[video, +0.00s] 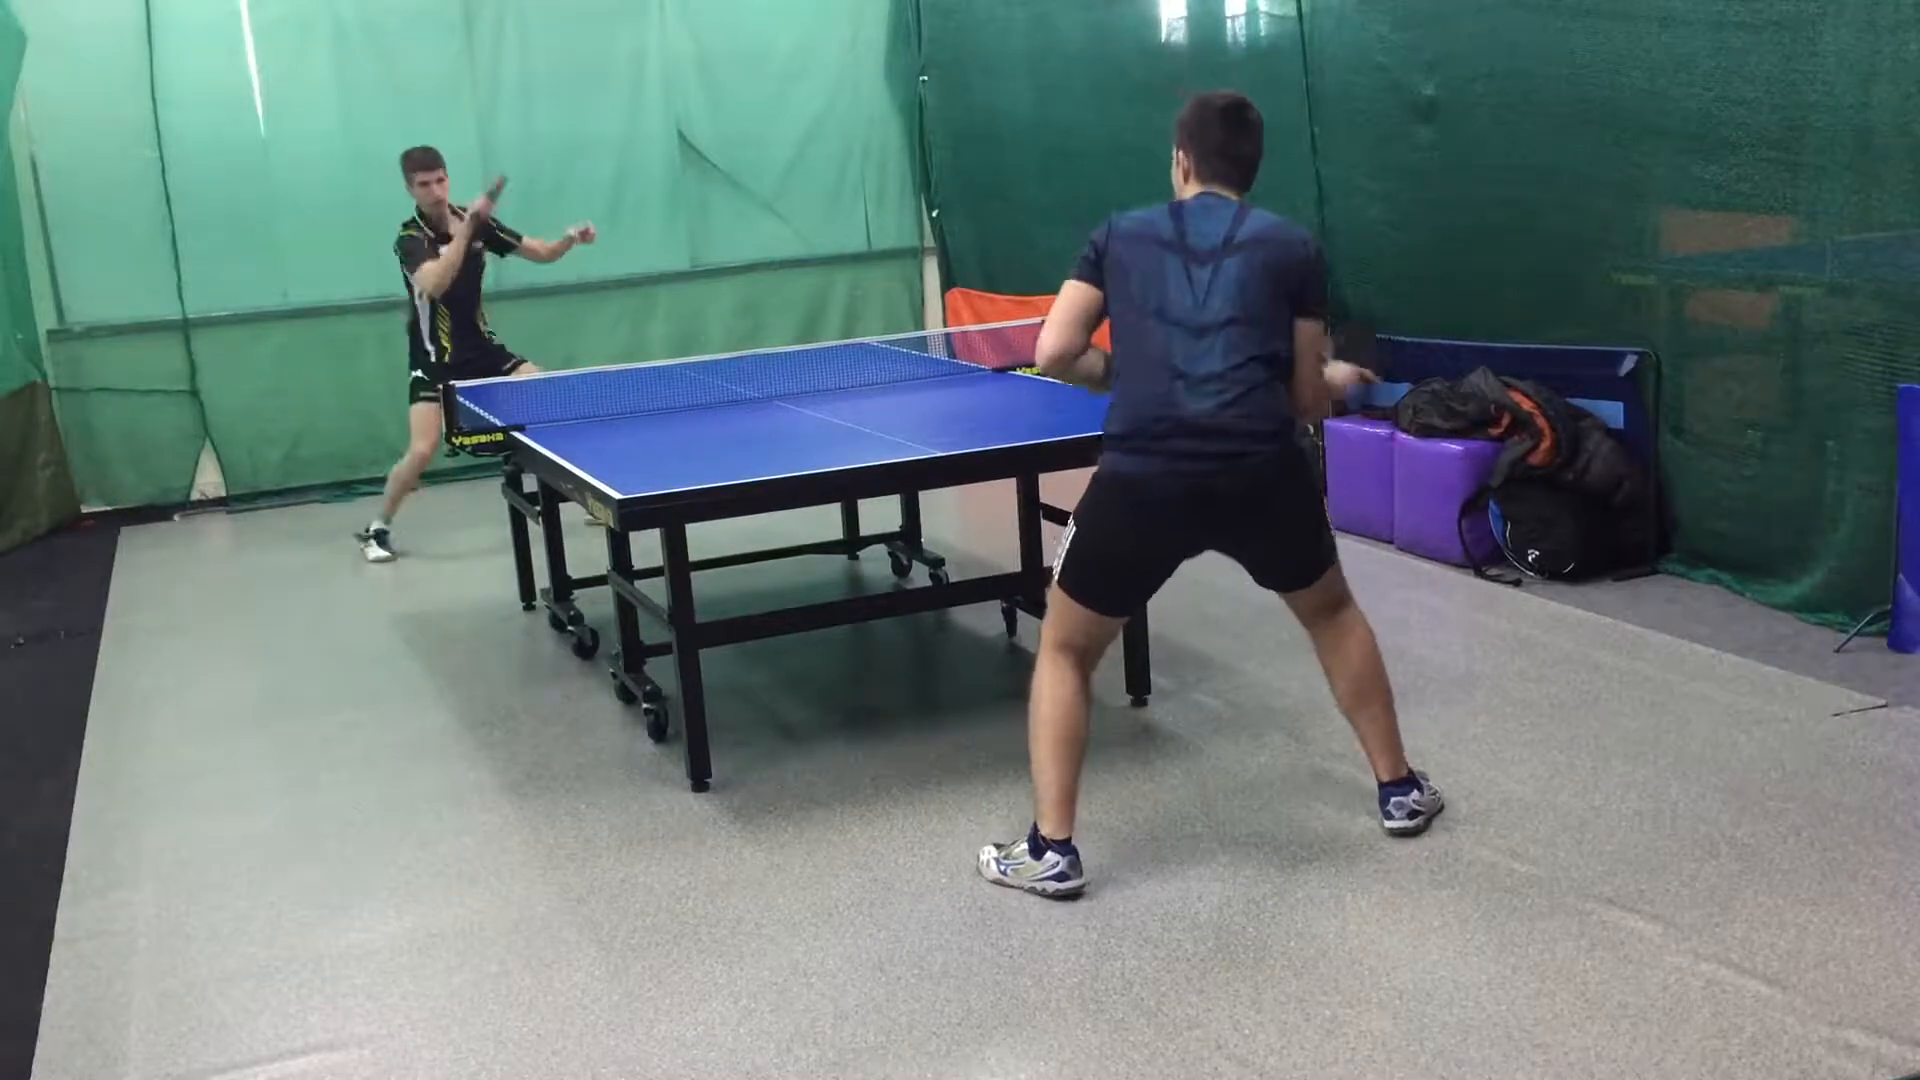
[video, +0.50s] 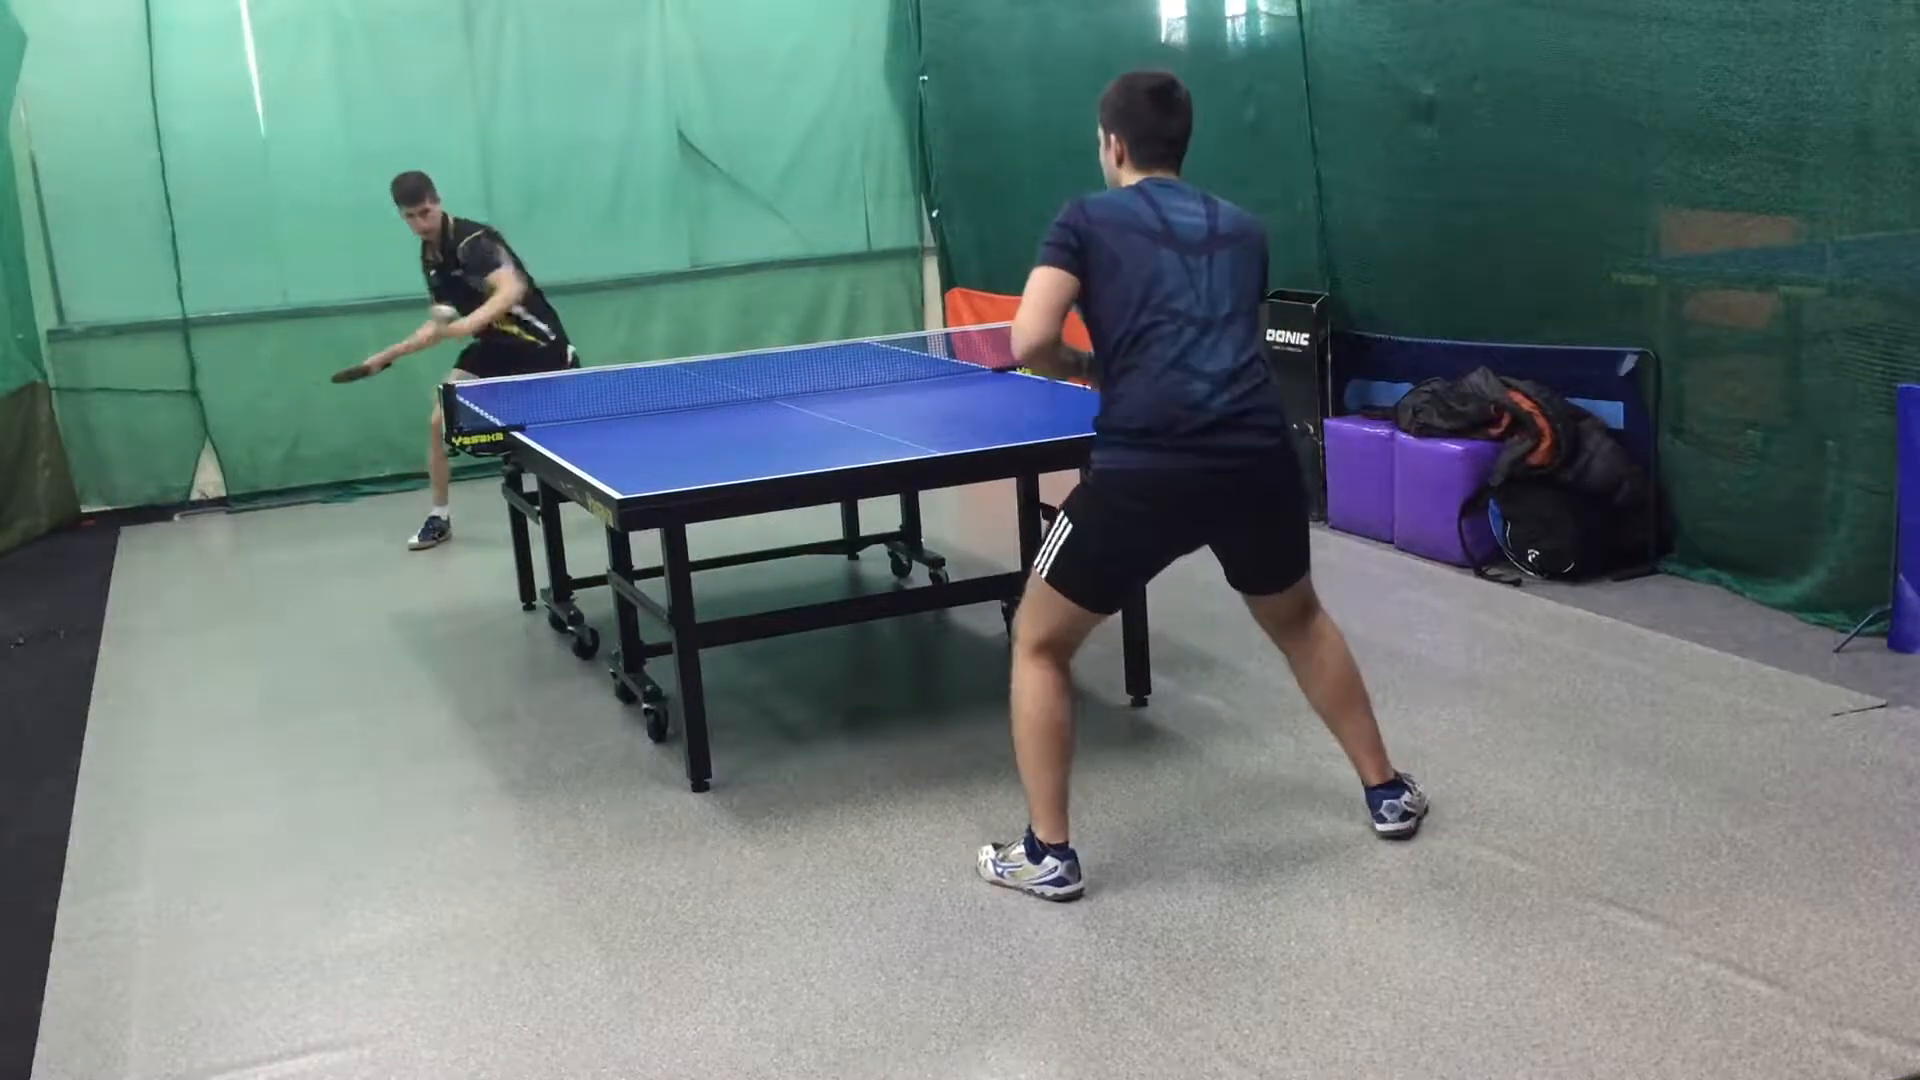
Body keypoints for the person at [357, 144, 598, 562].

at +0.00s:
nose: (436, 190)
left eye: (439, 181)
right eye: (425, 185)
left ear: (448, 179)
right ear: (410, 189)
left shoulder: (474, 221)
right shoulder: (411, 237)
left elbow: (539, 252)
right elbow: (433, 284)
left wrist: (569, 241)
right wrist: (469, 225)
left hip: (480, 348)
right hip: (434, 361)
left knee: (552, 394)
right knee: (423, 451)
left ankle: (592, 493)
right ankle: (380, 526)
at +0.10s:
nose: (437, 189)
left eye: (441, 179)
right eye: (427, 183)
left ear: (448, 175)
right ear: (410, 184)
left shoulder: (482, 217)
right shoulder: (405, 239)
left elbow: (532, 252)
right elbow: (408, 300)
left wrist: (569, 269)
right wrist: (446, 269)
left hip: (495, 338)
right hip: (440, 351)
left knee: (559, 397)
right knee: (418, 431)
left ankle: (592, 491)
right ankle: (384, 526)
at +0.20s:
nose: (425, 192)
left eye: (429, 181)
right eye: (414, 185)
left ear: (436, 177)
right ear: (399, 188)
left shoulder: (471, 216)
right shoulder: (395, 241)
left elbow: (523, 266)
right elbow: (394, 314)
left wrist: (533, 300)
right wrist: (411, 311)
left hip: (500, 322)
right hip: (449, 333)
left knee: (553, 389)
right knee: (417, 420)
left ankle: (563, 477)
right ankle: (424, 515)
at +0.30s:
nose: (413, 211)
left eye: (417, 201)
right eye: (403, 205)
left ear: (426, 194)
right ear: (389, 206)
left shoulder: (461, 235)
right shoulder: (393, 255)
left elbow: (491, 303)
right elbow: (395, 330)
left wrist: (463, 342)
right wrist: (364, 356)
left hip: (504, 320)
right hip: (456, 333)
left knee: (557, 393)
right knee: (422, 424)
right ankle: (436, 515)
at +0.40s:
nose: (408, 230)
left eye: (413, 219)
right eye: (398, 223)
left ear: (424, 208)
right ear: (387, 220)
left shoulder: (453, 247)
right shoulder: (408, 262)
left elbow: (469, 315)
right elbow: (417, 334)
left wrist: (422, 343)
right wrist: (362, 369)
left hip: (528, 346)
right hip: (481, 348)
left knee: (557, 429)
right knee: (426, 420)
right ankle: (437, 515)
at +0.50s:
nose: (421, 224)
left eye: (426, 213)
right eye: (411, 217)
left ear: (439, 202)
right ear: (403, 216)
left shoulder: (475, 240)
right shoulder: (430, 253)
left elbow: (513, 289)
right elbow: (443, 317)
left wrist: (461, 326)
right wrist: (394, 352)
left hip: (543, 345)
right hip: (494, 344)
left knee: (567, 425)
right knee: (441, 419)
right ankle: (439, 515)